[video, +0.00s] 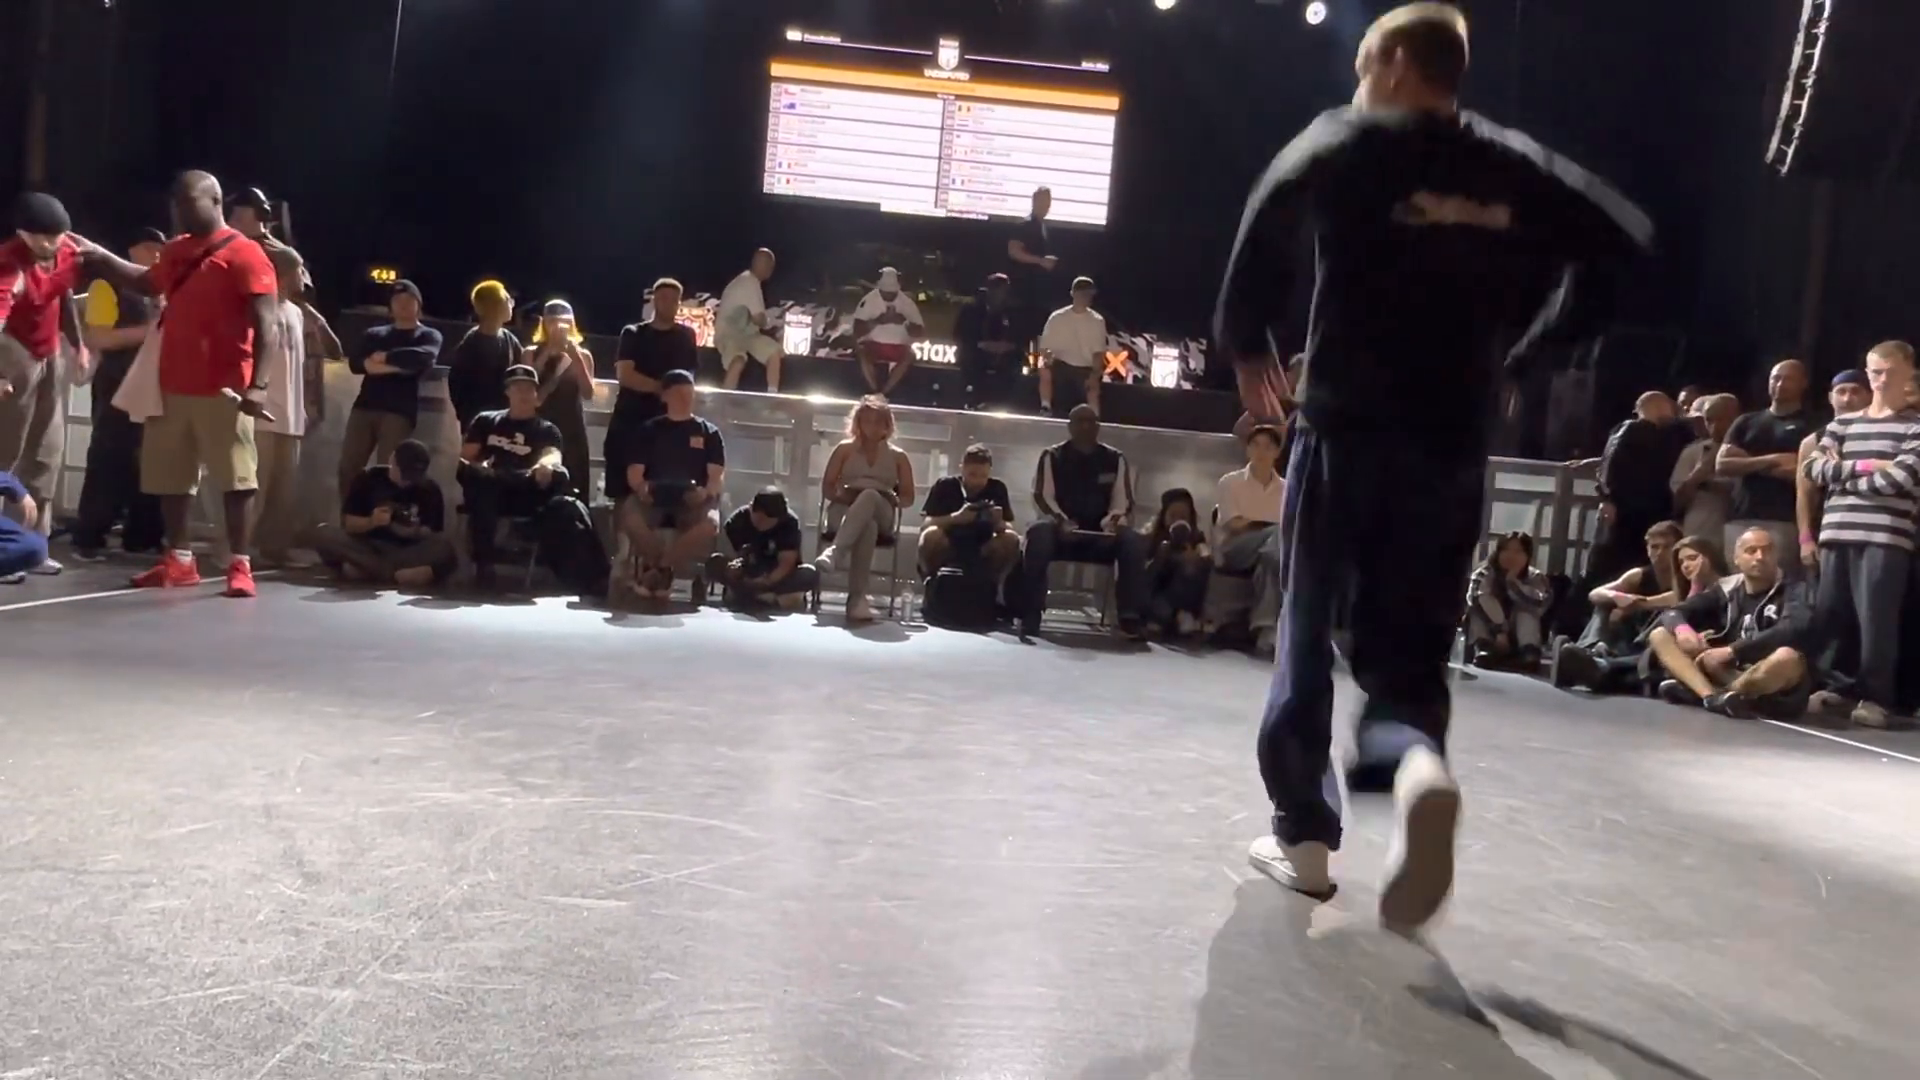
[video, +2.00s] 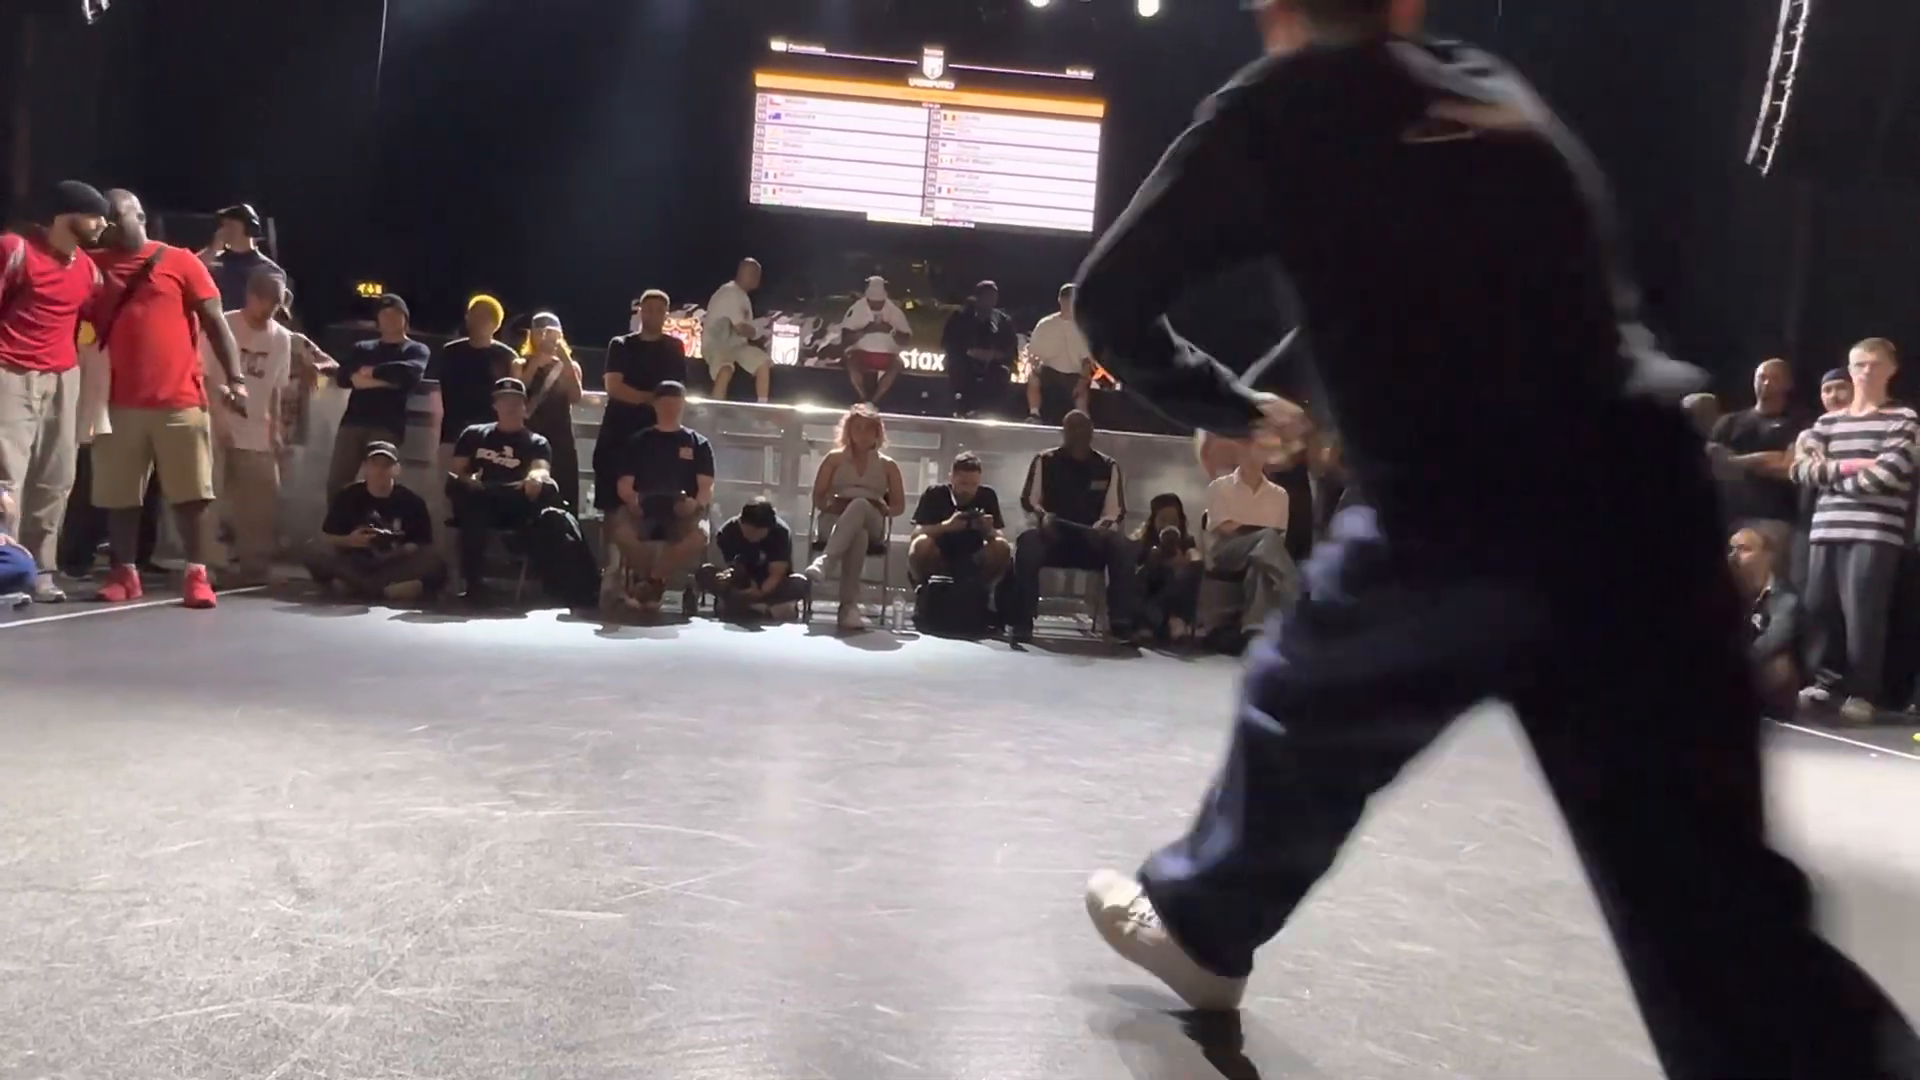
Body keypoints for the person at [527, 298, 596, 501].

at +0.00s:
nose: (559, 327)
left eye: (565, 321)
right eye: (553, 321)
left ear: (573, 325)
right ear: (544, 324)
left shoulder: (583, 356)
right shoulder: (531, 354)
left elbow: (588, 393)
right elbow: (532, 399)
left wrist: (576, 358)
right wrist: (557, 373)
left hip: (572, 430)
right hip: (540, 429)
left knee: (575, 490)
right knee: (539, 490)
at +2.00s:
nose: (547, 337)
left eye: (552, 331)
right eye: (541, 332)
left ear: (560, 335)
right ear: (532, 335)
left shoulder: (569, 366)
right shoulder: (521, 364)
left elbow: (575, 396)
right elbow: (515, 394)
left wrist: (564, 356)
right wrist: (535, 364)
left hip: (560, 436)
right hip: (529, 434)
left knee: (565, 495)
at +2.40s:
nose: (535, 337)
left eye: (540, 332)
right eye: (528, 332)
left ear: (547, 338)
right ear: (519, 339)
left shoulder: (555, 369)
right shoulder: (508, 368)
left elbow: (564, 394)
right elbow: (499, 396)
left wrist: (552, 357)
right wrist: (522, 361)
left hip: (549, 447)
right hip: (516, 448)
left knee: (554, 509)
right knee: (515, 508)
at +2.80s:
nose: (528, 344)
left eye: (533, 338)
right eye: (522, 338)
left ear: (541, 343)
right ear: (513, 341)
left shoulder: (548, 372)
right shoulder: (505, 371)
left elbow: (559, 382)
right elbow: (490, 390)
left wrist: (546, 344)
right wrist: (510, 354)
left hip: (542, 440)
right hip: (511, 440)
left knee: (549, 502)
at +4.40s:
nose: (545, 367)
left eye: (550, 362)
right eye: (539, 362)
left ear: (558, 368)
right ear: (529, 367)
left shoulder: (564, 397)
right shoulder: (523, 396)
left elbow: (576, 405)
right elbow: (514, 407)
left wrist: (560, 367)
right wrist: (530, 369)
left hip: (560, 466)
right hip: (530, 466)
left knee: (568, 527)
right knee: (529, 526)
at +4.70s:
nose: (545, 361)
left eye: (551, 356)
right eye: (540, 356)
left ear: (560, 363)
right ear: (532, 362)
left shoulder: (571, 393)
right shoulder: (524, 393)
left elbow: (578, 418)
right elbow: (516, 422)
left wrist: (566, 384)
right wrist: (534, 386)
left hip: (563, 467)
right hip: (532, 468)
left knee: (570, 526)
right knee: (533, 526)